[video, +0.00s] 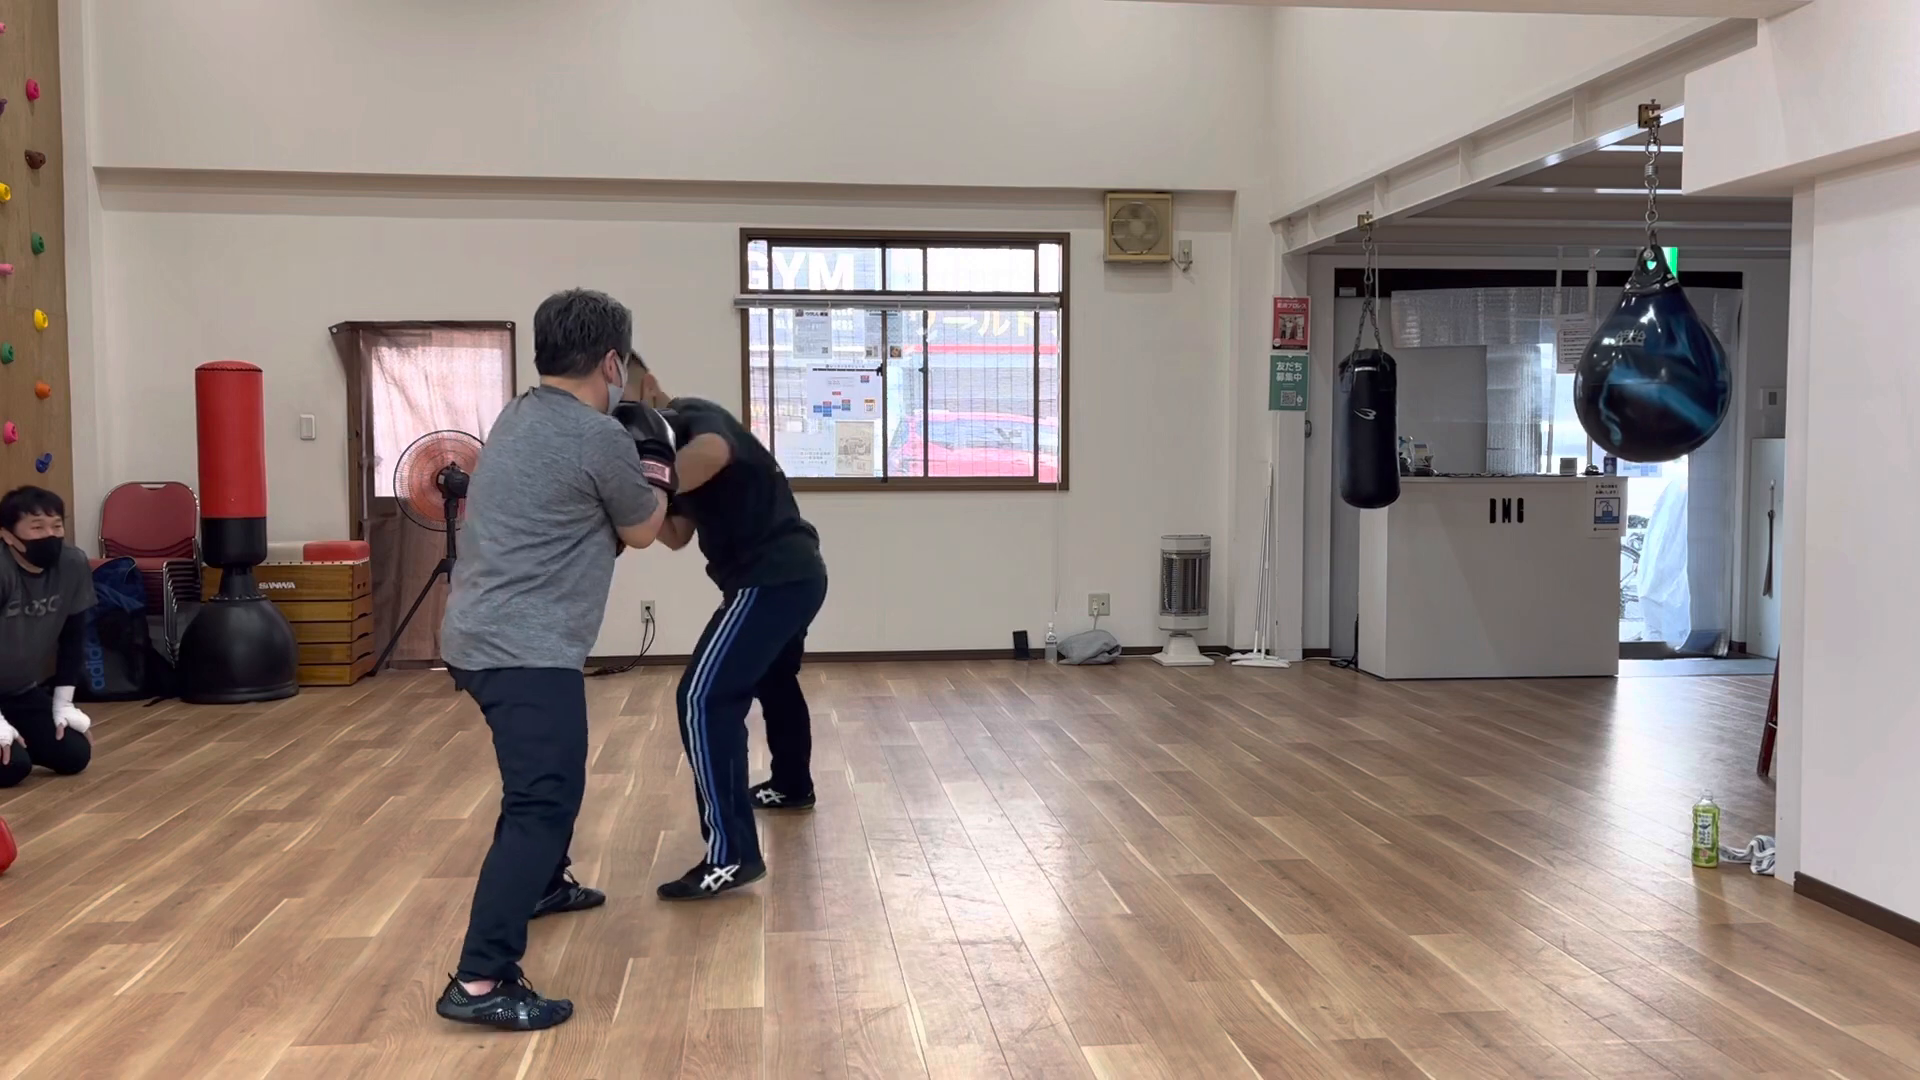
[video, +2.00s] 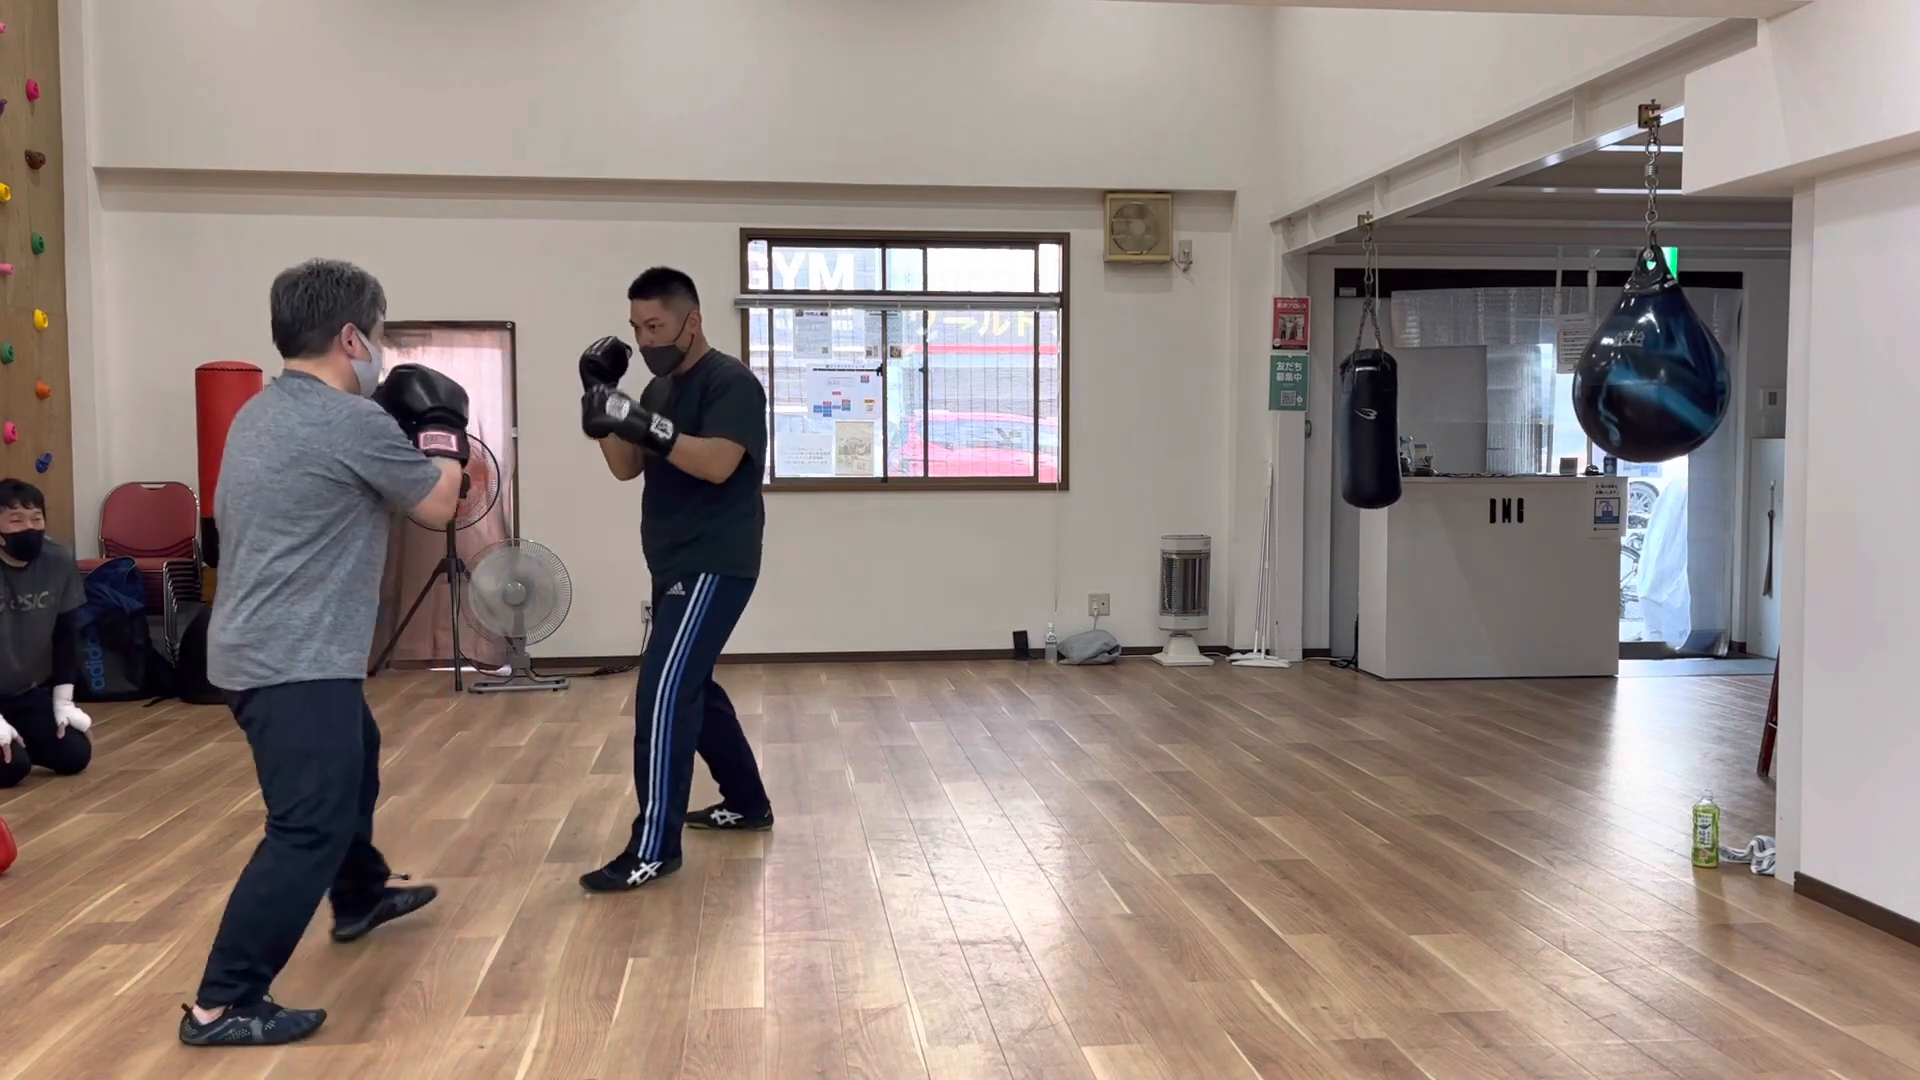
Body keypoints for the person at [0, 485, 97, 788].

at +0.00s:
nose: (50, 535)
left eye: (56, 525)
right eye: (37, 528)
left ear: (64, 527)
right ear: (8, 536)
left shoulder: (73, 564)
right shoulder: (2, 571)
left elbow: (73, 638)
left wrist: (63, 702)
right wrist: (0, 720)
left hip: (28, 691)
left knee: (74, 756)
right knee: (12, 766)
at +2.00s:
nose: (29, 528)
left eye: (36, 519)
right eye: (16, 520)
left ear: (44, 521)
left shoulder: (59, 561)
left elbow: (66, 634)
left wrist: (63, 700)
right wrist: (0, 721)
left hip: (31, 692)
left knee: (74, 756)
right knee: (13, 767)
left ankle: (15, 732)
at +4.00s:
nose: (6, 516)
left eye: (13, 508)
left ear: (22, 513)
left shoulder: (30, 553)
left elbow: (63, 612)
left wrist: (59, 680)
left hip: (15, 692)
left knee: (74, 756)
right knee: (3, 767)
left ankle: (2, 741)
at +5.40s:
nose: (19, 531)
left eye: (28, 521)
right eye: (8, 522)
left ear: (38, 523)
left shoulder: (44, 554)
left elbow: (68, 621)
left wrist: (54, 687)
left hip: (20, 693)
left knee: (74, 757)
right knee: (3, 767)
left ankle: (3, 741)